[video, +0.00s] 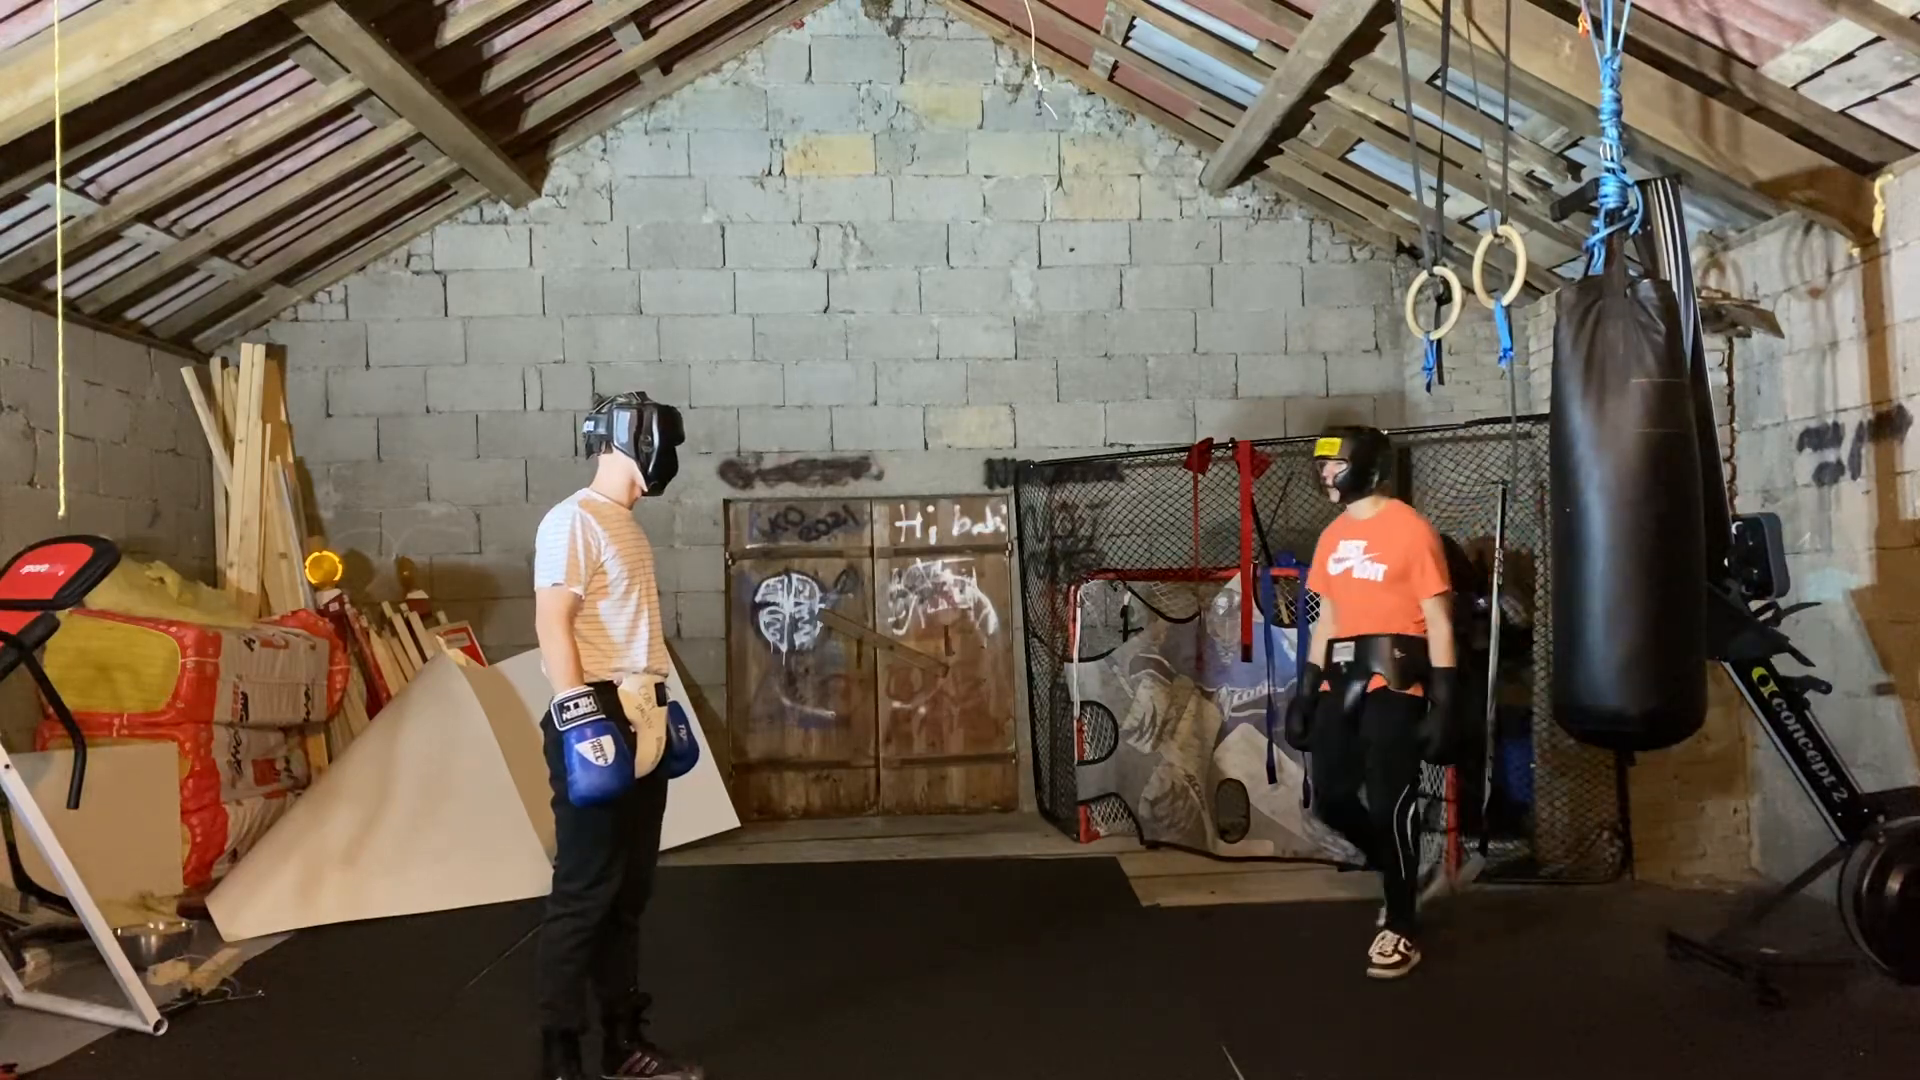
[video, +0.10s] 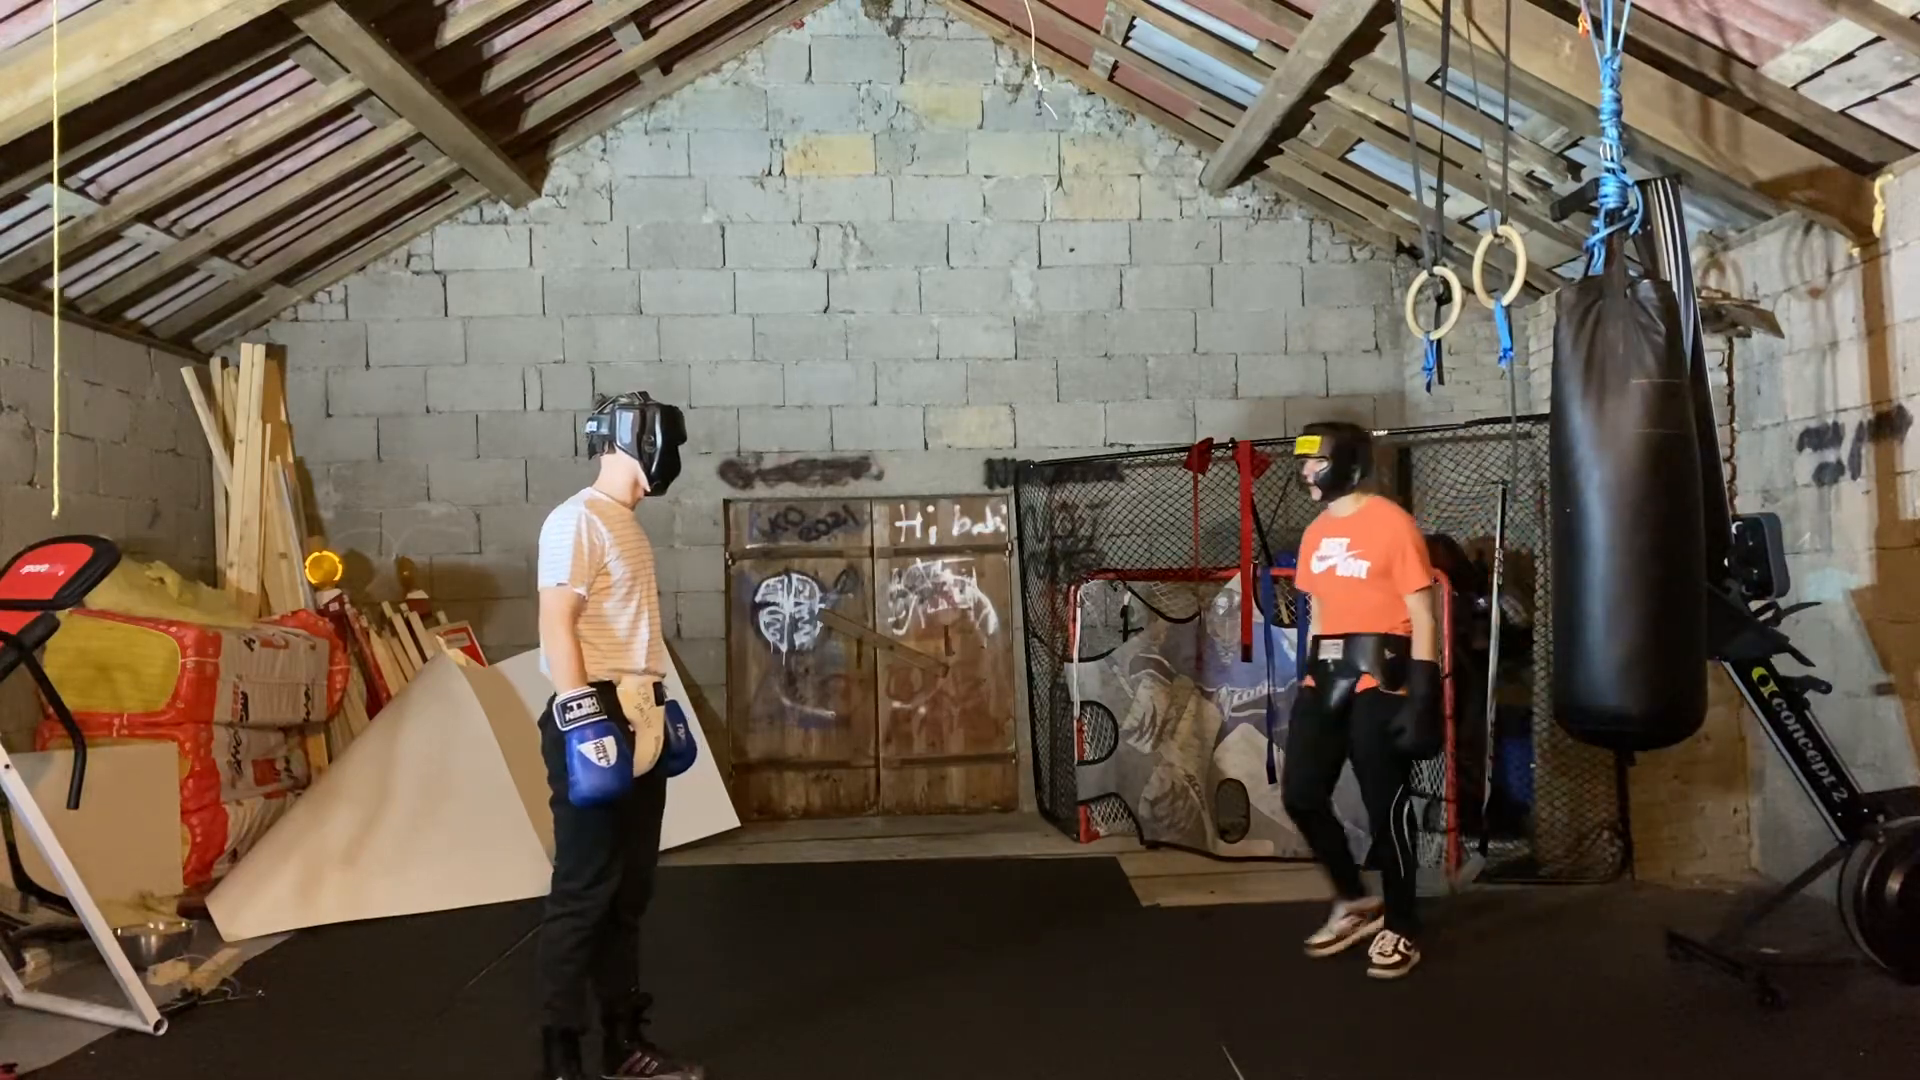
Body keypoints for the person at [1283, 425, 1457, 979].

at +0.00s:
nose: (1325, 472)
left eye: (1335, 461)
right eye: (1322, 462)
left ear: (1366, 463)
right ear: (1329, 470)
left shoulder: (1411, 528)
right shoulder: (1332, 534)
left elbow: (1438, 619)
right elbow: (1325, 617)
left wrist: (1444, 708)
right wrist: (1306, 689)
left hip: (1398, 681)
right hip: (1343, 681)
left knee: (1389, 806)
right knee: (1331, 800)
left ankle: (1398, 928)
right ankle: (1398, 868)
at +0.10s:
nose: (1306, 470)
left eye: (1316, 459)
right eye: (1305, 460)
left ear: (1348, 463)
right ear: (1314, 467)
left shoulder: (1391, 522)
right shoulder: (1316, 530)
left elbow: (1422, 609)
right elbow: (1316, 615)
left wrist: (1422, 699)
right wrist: (1308, 684)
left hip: (1383, 680)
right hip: (1327, 681)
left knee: (1386, 812)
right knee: (1303, 797)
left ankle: (1401, 930)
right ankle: (1354, 902)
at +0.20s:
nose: (1281, 472)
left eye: (1290, 461)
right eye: (1280, 462)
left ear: (1320, 464)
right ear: (1296, 468)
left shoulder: (1371, 521)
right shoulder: (1295, 535)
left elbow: (1404, 609)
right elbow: (1300, 618)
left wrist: (1396, 691)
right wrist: (1296, 690)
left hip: (1367, 678)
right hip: (1310, 682)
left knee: (1383, 808)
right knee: (1290, 802)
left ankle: (1398, 930)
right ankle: (1295, 929)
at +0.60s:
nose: (1169, 485)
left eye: (1177, 472)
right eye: (1168, 474)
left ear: (1210, 471)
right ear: (1201, 476)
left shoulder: (1266, 527)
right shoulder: (1206, 546)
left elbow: (1299, 621)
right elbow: (1203, 636)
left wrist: (1273, 697)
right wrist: (1184, 706)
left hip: (1256, 695)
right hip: (1207, 699)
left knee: (1254, 824)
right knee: (1209, 831)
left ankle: (1346, 907)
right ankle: (1228, 955)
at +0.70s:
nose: (1149, 477)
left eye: (1157, 465)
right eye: (1149, 467)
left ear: (1190, 466)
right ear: (1187, 469)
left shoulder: (1242, 524)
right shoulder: (1195, 536)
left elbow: (1275, 615)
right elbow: (1192, 626)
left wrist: (1235, 684)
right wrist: (1153, 683)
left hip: (1229, 682)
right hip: (1194, 682)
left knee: (1211, 822)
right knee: (1195, 823)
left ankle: (1289, 926)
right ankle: (1228, 953)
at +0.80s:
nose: (1134, 477)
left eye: (1141, 465)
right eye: (1133, 466)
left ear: (1170, 465)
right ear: (1176, 466)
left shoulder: (1215, 522)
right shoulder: (1185, 529)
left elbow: (1243, 621)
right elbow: (1178, 627)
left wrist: (1177, 658)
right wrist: (1108, 653)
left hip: (1206, 704)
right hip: (1183, 702)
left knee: (1173, 825)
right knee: (1186, 826)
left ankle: (1227, 959)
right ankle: (1219, 954)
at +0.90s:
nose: (1118, 483)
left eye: (1124, 471)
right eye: (1118, 472)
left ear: (1153, 469)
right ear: (1162, 469)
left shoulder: (1193, 527)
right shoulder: (1176, 529)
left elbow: (1208, 627)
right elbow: (1163, 622)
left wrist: (1128, 615)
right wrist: (1091, 611)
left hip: (1183, 701)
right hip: (1173, 698)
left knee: (1136, 824)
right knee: (1185, 827)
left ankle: (1146, 983)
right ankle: (1226, 954)